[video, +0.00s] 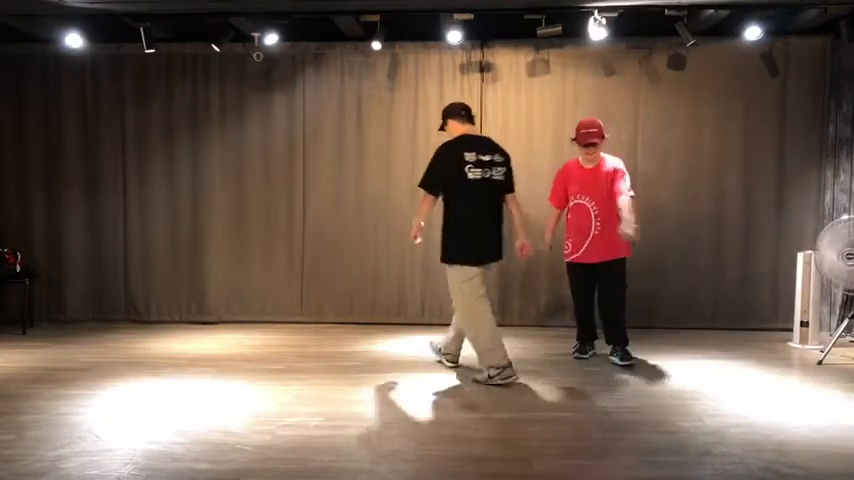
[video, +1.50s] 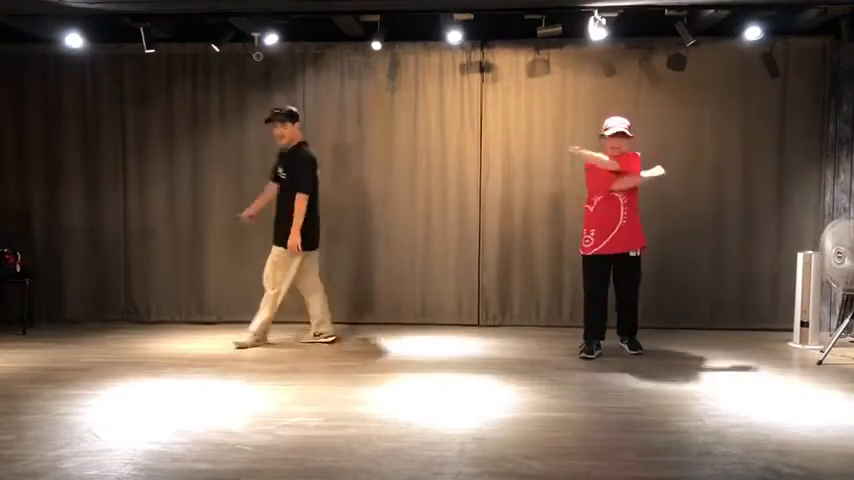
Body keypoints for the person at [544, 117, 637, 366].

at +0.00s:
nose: (590, 150)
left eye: (594, 145)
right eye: (585, 145)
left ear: (601, 143)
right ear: (577, 144)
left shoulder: (614, 167)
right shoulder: (567, 171)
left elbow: (624, 197)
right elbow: (557, 205)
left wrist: (627, 221)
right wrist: (549, 233)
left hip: (611, 248)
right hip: (578, 250)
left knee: (614, 301)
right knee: (582, 301)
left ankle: (618, 345)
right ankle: (585, 342)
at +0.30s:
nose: (596, 150)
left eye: (601, 145)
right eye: (592, 145)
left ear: (609, 143)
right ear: (585, 143)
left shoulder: (617, 164)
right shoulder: (577, 168)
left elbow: (586, 181)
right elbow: (564, 199)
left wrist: (557, 173)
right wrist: (552, 223)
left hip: (613, 245)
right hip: (582, 246)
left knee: (621, 296)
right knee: (584, 298)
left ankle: (631, 335)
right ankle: (585, 341)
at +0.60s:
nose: (609, 148)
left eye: (614, 143)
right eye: (604, 143)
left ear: (624, 144)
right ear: (599, 144)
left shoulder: (637, 170)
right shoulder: (589, 172)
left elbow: (642, 201)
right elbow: (580, 207)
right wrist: (579, 236)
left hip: (628, 246)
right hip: (595, 246)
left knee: (628, 296)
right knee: (591, 297)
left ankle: (628, 336)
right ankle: (586, 341)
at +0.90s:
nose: (621, 141)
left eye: (628, 137)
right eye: (618, 137)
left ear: (639, 141)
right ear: (614, 139)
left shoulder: (652, 168)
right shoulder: (602, 168)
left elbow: (677, 181)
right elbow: (588, 201)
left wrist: (703, 193)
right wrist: (583, 230)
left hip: (636, 242)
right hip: (604, 242)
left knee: (632, 293)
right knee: (599, 291)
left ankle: (629, 337)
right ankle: (588, 337)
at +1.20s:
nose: (626, 142)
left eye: (632, 138)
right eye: (623, 137)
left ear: (642, 143)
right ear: (617, 139)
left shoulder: (647, 166)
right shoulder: (601, 162)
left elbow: (660, 183)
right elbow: (572, 171)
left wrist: (679, 199)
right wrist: (548, 186)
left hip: (636, 243)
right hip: (604, 242)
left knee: (632, 294)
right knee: (600, 292)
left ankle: (628, 337)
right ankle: (593, 339)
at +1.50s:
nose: (616, 142)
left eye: (621, 137)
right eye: (611, 137)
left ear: (629, 141)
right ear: (603, 140)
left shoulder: (635, 161)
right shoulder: (593, 166)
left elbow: (611, 164)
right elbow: (616, 184)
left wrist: (584, 153)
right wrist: (646, 175)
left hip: (627, 240)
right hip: (597, 241)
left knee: (628, 293)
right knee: (595, 294)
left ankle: (628, 336)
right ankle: (592, 340)